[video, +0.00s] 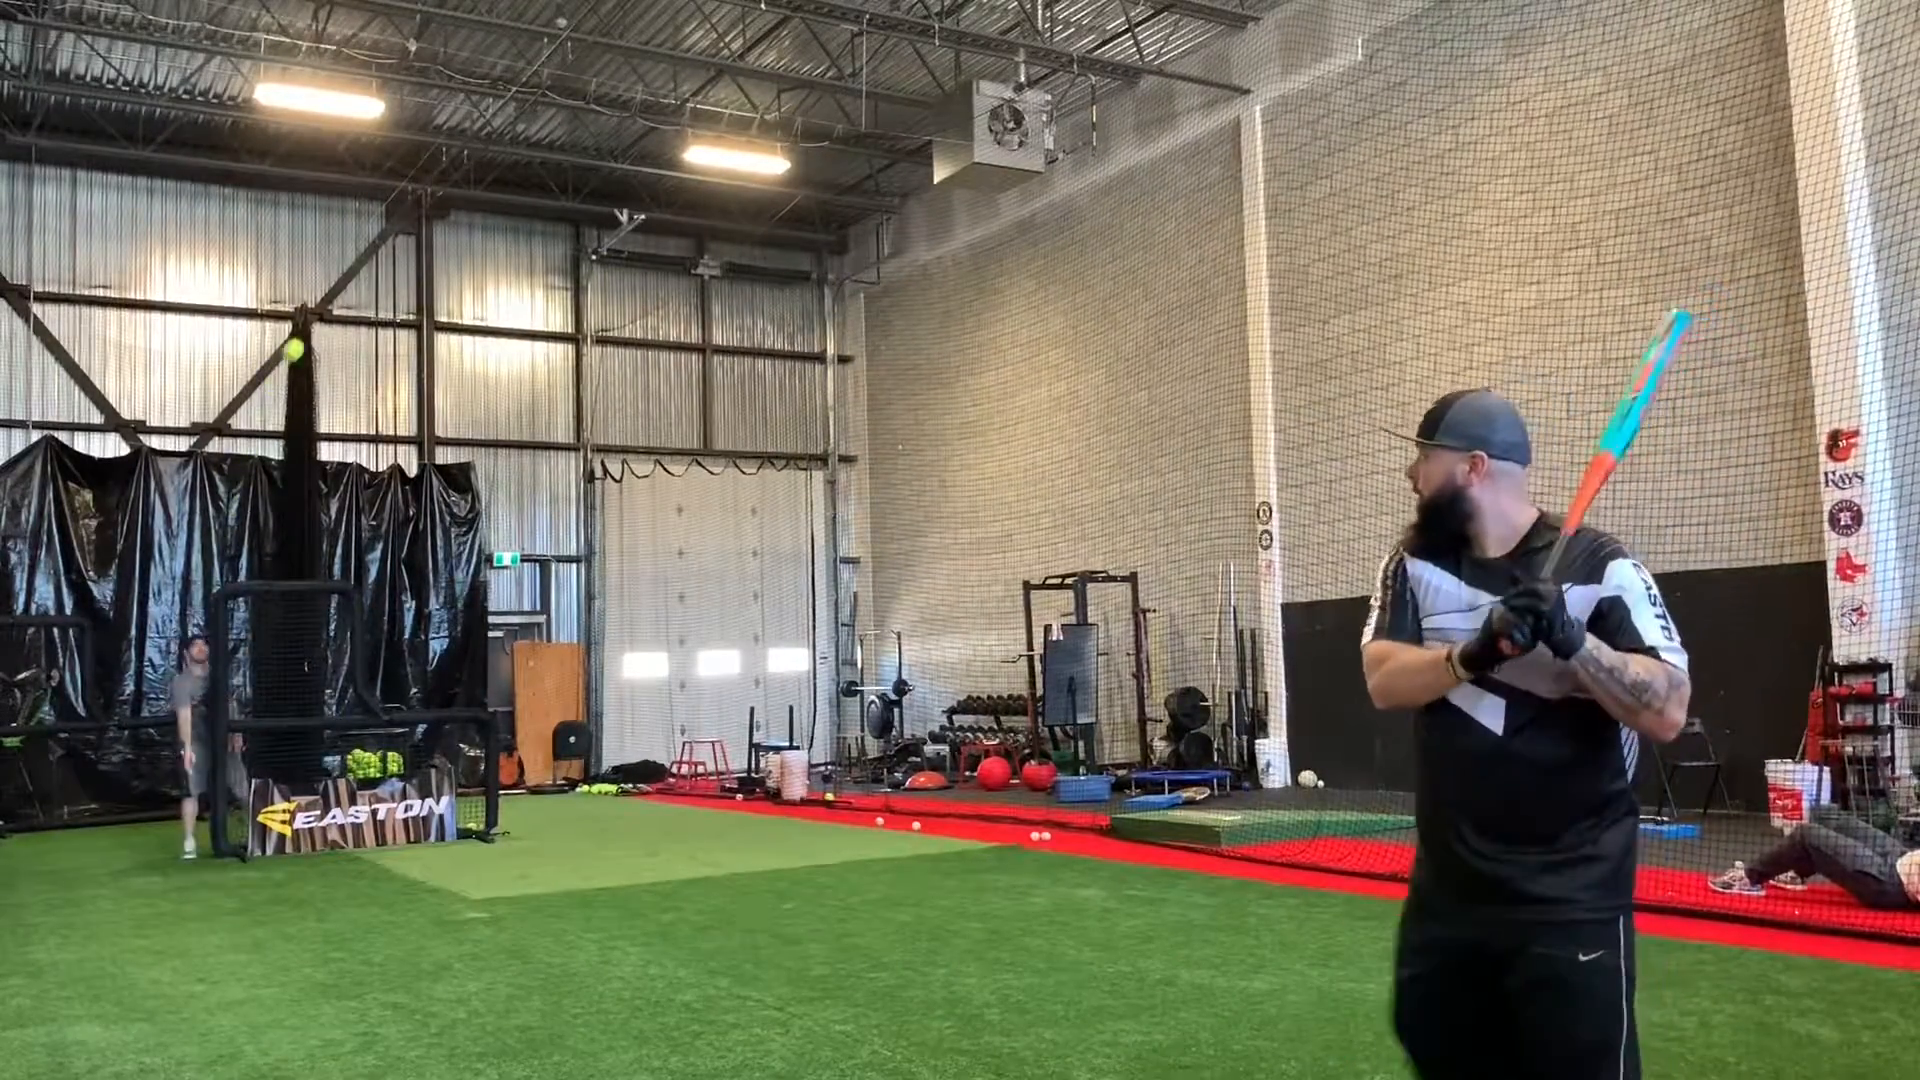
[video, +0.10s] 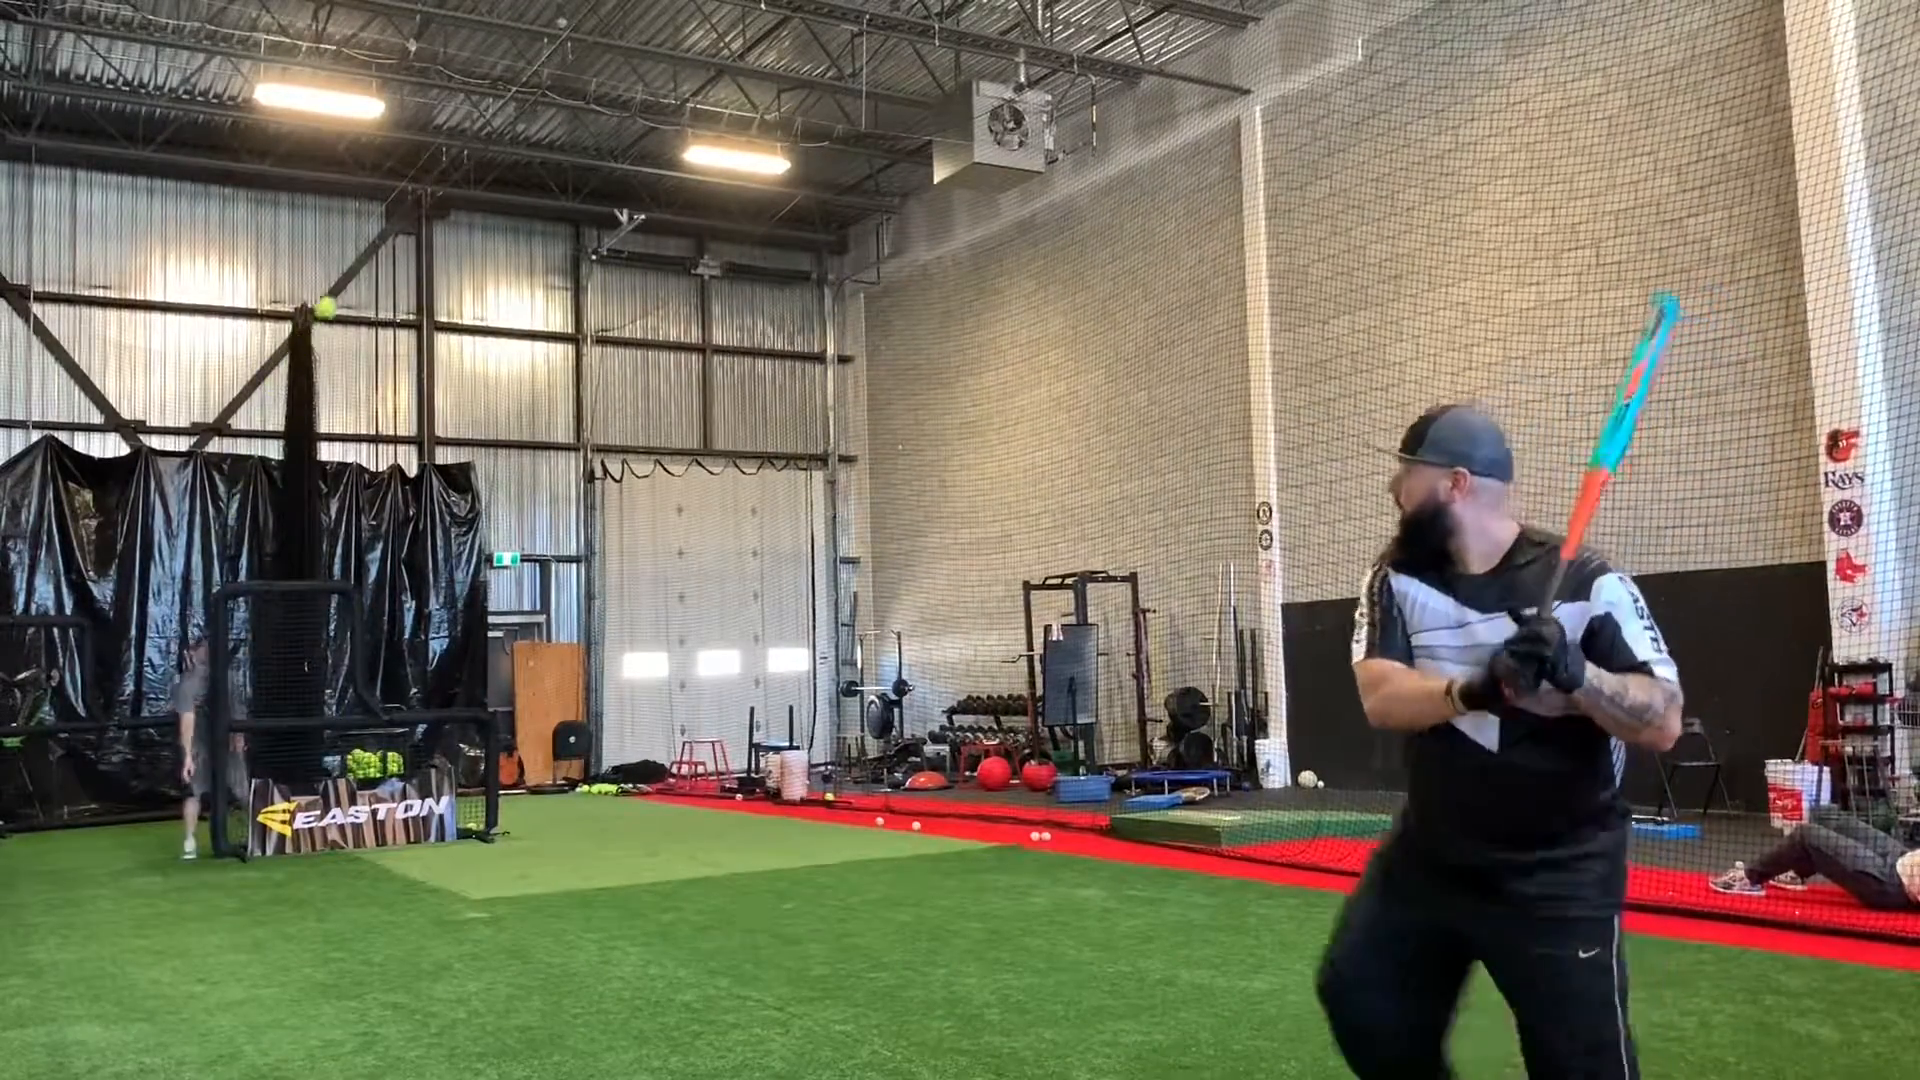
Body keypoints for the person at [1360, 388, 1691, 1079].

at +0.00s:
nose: (1411, 475)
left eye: (1425, 458)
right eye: (1416, 458)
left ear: (1476, 465)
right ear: (1473, 467)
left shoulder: (1602, 567)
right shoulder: (1415, 566)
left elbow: (1667, 713)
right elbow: (1382, 682)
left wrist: (1575, 642)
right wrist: (1475, 653)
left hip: (1570, 901)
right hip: (1450, 890)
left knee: (1579, 1064)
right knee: (1440, 1050)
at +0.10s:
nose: (1394, 490)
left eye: (1406, 473)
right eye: (1399, 474)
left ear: (1456, 482)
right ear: (1454, 483)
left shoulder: (1590, 583)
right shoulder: (1398, 580)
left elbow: (1663, 722)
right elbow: (1381, 699)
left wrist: (1580, 678)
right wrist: (1478, 689)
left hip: (1558, 874)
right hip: (1431, 859)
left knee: (1583, 1062)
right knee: (1362, 998)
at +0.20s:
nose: (1372, 506)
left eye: (1383, 489)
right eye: (1375, 490)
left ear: (1431, 503)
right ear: (1428, 505)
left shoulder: (1566, 599)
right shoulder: (1373, 599)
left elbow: (1648, 733)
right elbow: (1369, 717)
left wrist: (1572, 708)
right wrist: (1465, 725)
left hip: (1532, 864)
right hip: (1406, 847)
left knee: (1558, 1058)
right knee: (1303, 946)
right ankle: (1343, 1070)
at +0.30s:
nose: (1340, 522)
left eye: (1351, 508)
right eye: (1343, 508)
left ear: (1398, 523)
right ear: (1395, 524)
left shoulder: (1528, 611)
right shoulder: (1340, 614)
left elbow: (1617, 738)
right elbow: (1346, 730)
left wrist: (1549, 723)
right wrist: (1448, 745)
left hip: (1505, 863)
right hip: (1379, 848)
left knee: (1536, 1056)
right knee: (1260, 926)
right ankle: (1273, 1070)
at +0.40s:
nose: (1299, 538)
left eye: (1311, 524)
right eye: (1303, 525)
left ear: (1356, 538)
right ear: (1352, 540)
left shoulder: (1478, 616)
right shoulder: (1302, 619)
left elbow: (1579, 733)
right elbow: (1312, 716)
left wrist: (1519, 697)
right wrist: (1428, 712)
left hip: (1467, 868)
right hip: (1347, 857)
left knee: (1511, 1052)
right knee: (1224, 946)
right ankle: (1210, 1070)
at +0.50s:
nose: (1251, 558)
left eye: (1264, 547)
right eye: (1255, 546)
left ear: (1308, 558)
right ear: (1305, 558)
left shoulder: (1425, 634)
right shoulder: (1255, 622)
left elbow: (1534, 718)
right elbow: (1270, 674)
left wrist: (1480, 629)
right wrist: (1394, 628)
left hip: (1413, 887)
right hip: (1305, 879)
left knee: (1459, 1055)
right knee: (1211, 984)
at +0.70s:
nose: (1230, 587)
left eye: (1240, 575)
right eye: (1232, 574)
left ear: (1275, 585)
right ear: (1306, 580)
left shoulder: (1262, 672)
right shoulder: (1347, 646)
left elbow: (1164, 769)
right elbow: (1215, 651)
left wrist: (1103, 732)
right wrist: (1122, 667)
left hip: (1292, 903)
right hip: (1352, 892)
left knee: (1290, 1062)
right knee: (1203, 1004)